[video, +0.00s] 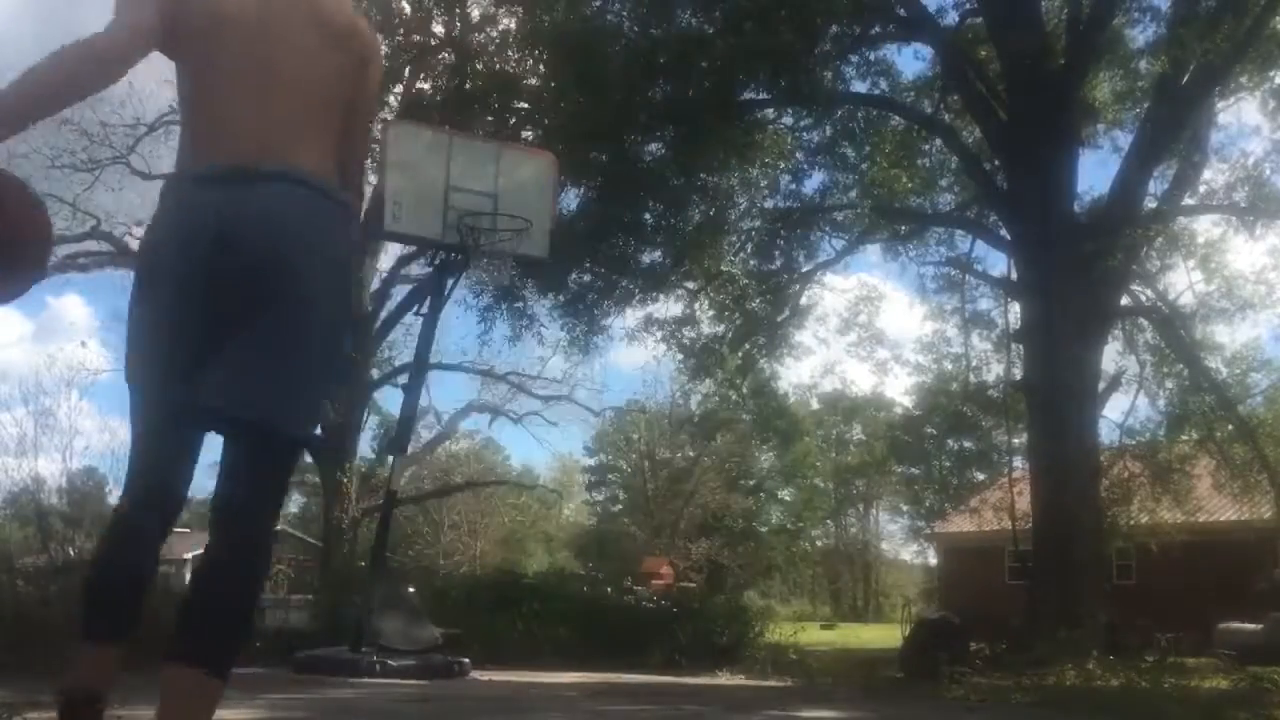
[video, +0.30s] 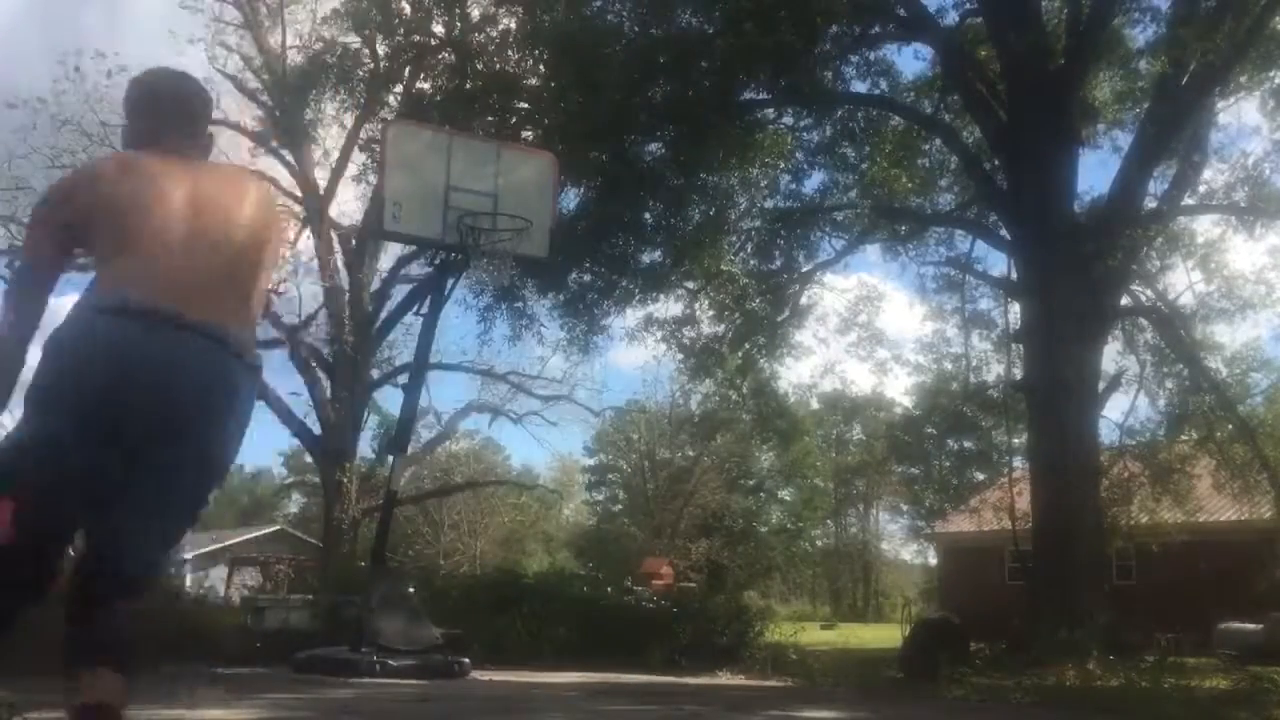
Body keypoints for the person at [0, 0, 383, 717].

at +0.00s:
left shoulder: (188, 5)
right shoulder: (359, 34)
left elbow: (103, 55)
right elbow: (351, 174)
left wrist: (0, 123)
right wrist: (341, 281)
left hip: (195, 220)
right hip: (311, 237)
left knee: (152, 489)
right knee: (244, 519)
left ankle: (82, 701)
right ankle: (184, 711)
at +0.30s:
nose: (131, 137)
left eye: (129, 127)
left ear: (132, 128)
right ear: (207, 133)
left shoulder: (94, 181)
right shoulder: (261, 197)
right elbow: (251, 304)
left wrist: (7, 392)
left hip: (102, 351)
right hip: (213, 378)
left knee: (28, 536)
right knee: (121, 566)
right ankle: (100, 699)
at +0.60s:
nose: (379, 140)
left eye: (377, 130)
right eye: (378, 128)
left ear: (294, 118)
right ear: (365, 125)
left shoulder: (246, 164)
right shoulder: (389, 176)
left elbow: (161, 261)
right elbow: (479, 316)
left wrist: (181, 349)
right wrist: (519, 411)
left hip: (205, 324)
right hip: (310, 339)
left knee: (150, 564)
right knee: (296, 583)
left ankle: (27, 697)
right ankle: (280, 715)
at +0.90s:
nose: (440, 79)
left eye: (401, 66)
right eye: (460, 68)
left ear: (396, 63)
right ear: (467, 65)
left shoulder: (351, 128)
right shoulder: (510, 126)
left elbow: (292, 241)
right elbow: (525, 243)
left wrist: (278, 376)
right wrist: (569, 374)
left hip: (354, 317)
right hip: (459, 316)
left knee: (327, 519)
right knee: (515, 532)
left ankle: (266, 705)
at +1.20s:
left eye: (375, 141)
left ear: (376, 144)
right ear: (441, 142)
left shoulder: (339, 215)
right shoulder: (489, 209)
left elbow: (330, 322)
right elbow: (503, 325)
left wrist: (305, 442)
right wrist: (498, 400)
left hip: (377, 400)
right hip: (474, 393)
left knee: (395, 568)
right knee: (531, 575)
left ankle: (387, 708)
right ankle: (580, 708)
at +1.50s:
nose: (275, 104)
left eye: (278, 93)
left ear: (285, 92)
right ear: (348, 98)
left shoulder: (264, 138)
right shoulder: (392, 161)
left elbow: (187, 185)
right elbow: (417, 254)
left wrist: (116, 238)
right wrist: (422, 368)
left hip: (272, 331)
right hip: (355, 337)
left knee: (283, 521)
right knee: (346, 533)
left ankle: (250, 692)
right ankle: (284, 696)